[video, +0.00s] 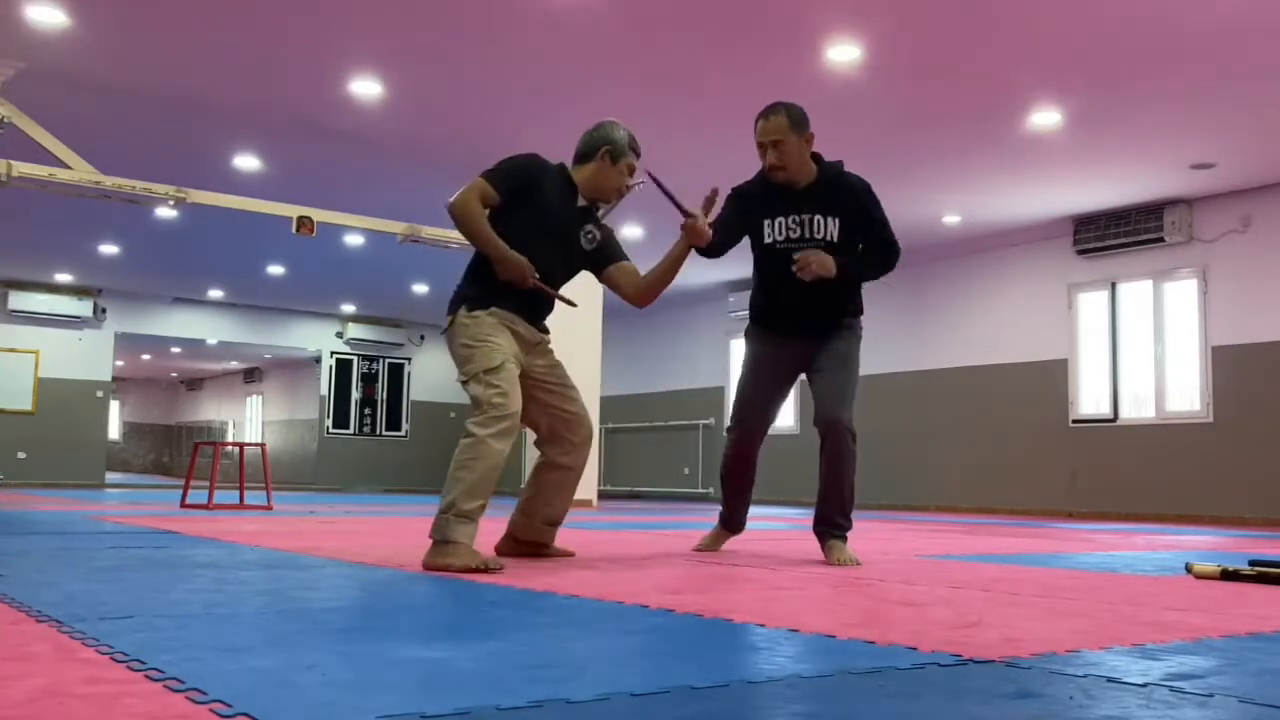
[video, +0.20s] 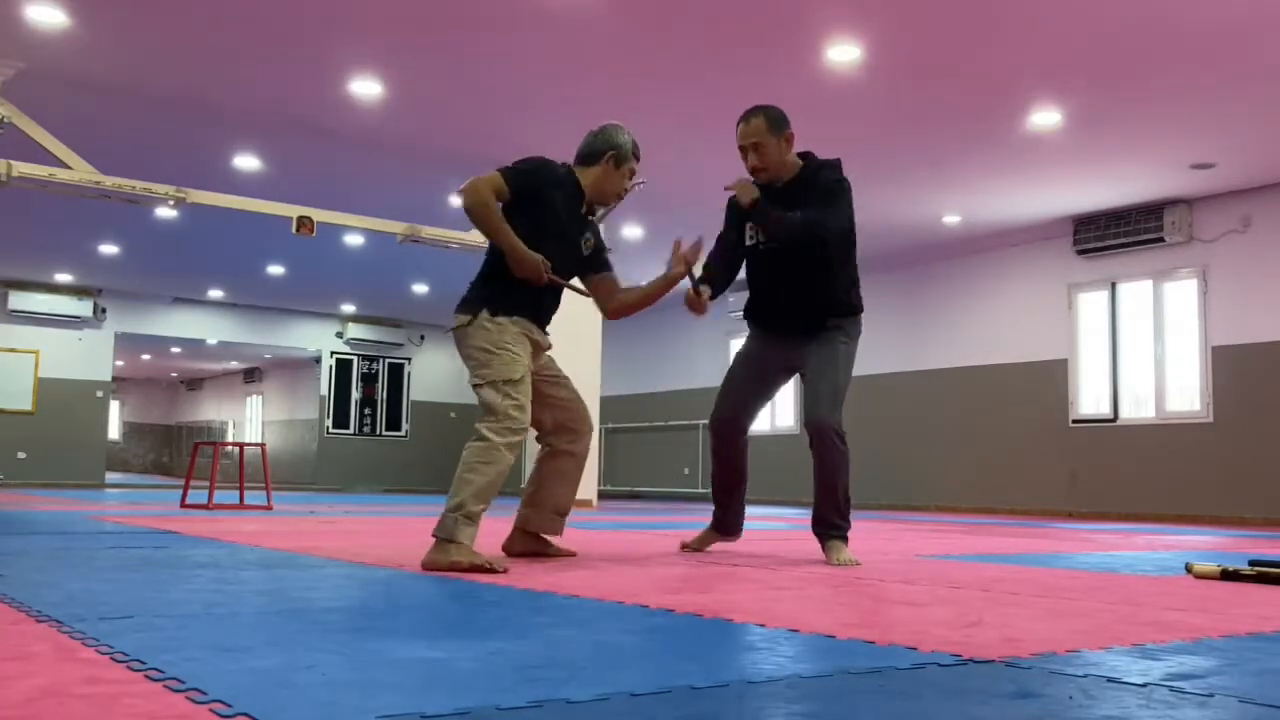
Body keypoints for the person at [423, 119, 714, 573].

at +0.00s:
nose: (631, 185)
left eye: (635, 177)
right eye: (629, 171)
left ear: (605, 165)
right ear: (603, 158)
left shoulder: (593, 232)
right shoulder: (535, 171)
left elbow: (640, 292)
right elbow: (463, 204)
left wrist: (687, 241)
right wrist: (502, 255)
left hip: (529, 336)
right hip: (482, 316)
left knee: (572, 430)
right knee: (501, 411)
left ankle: (527, 537)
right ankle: (449, 544)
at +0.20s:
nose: (627, 189)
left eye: (632, 181)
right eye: (628, 176)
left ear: (607, 167)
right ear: (607, 162)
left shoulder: (586, 234)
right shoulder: (544, 174)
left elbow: (613, 304)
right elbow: (475, 193)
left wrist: (672, 276)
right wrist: (516, 250)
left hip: (529, 337)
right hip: (491, 322)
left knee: (571, 425)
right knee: (507, 422)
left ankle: (529, 533)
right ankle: (450, 544)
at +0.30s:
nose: (623, 184)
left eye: (627, 175)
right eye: (623, 171)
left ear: (588, 156)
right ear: (605, 159)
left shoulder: (557, 188)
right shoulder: (575, 178)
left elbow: (528, 276)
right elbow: (553, 227)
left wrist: (580, 305)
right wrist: (606, 278)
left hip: (528, 329)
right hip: (510, 322)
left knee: (567, 427)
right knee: (507, 428)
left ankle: (530, 535)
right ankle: (453, 541)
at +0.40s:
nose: (617, 166)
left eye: (619, 158)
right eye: (618, 157)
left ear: (569, 146)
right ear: (604, 150)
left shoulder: (528, 180)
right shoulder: (594, 179)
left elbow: (472, 249)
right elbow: (642, 256)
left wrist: (520, 283)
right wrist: (697, 300)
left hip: (496, 316)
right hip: (528, 318)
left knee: (567, 424)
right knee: (532, 423)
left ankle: (529, 535)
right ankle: (466, 527)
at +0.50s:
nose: (614, 157)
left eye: (614, 149)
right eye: (614, 149)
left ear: (566, 138)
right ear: (603, 144)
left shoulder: (525, 178)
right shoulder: (600, 176)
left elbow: (475, 246)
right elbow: (646, 252)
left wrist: (520, 277)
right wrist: (693, 302)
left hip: (501, 313)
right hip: (542, 315)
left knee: (545, 423)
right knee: (559, 425)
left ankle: (536, 535)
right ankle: (519, 535)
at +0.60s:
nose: (626, 143)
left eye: (625, 136)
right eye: (626, 136)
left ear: (575, 129)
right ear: (617, 135)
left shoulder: (549, 171)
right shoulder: (607, 165)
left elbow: (559, 265)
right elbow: (643, 248)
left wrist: (622, 258)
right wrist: (681, 298)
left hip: (517, 316)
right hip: (557, 318)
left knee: (550, 427)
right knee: (587, 429)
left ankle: (527, 534)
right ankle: (569, 546)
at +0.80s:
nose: (673, 176)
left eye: (677, 167)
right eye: (676, 164)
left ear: (636, 143)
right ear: (668, 155)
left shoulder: (609, 169)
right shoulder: (632, 166)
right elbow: (609, 212)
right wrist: (651, 292)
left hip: (561, 324)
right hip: (583, 325)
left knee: (615, 428)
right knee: (619, 431)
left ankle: (605, 532)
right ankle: (567, 546)